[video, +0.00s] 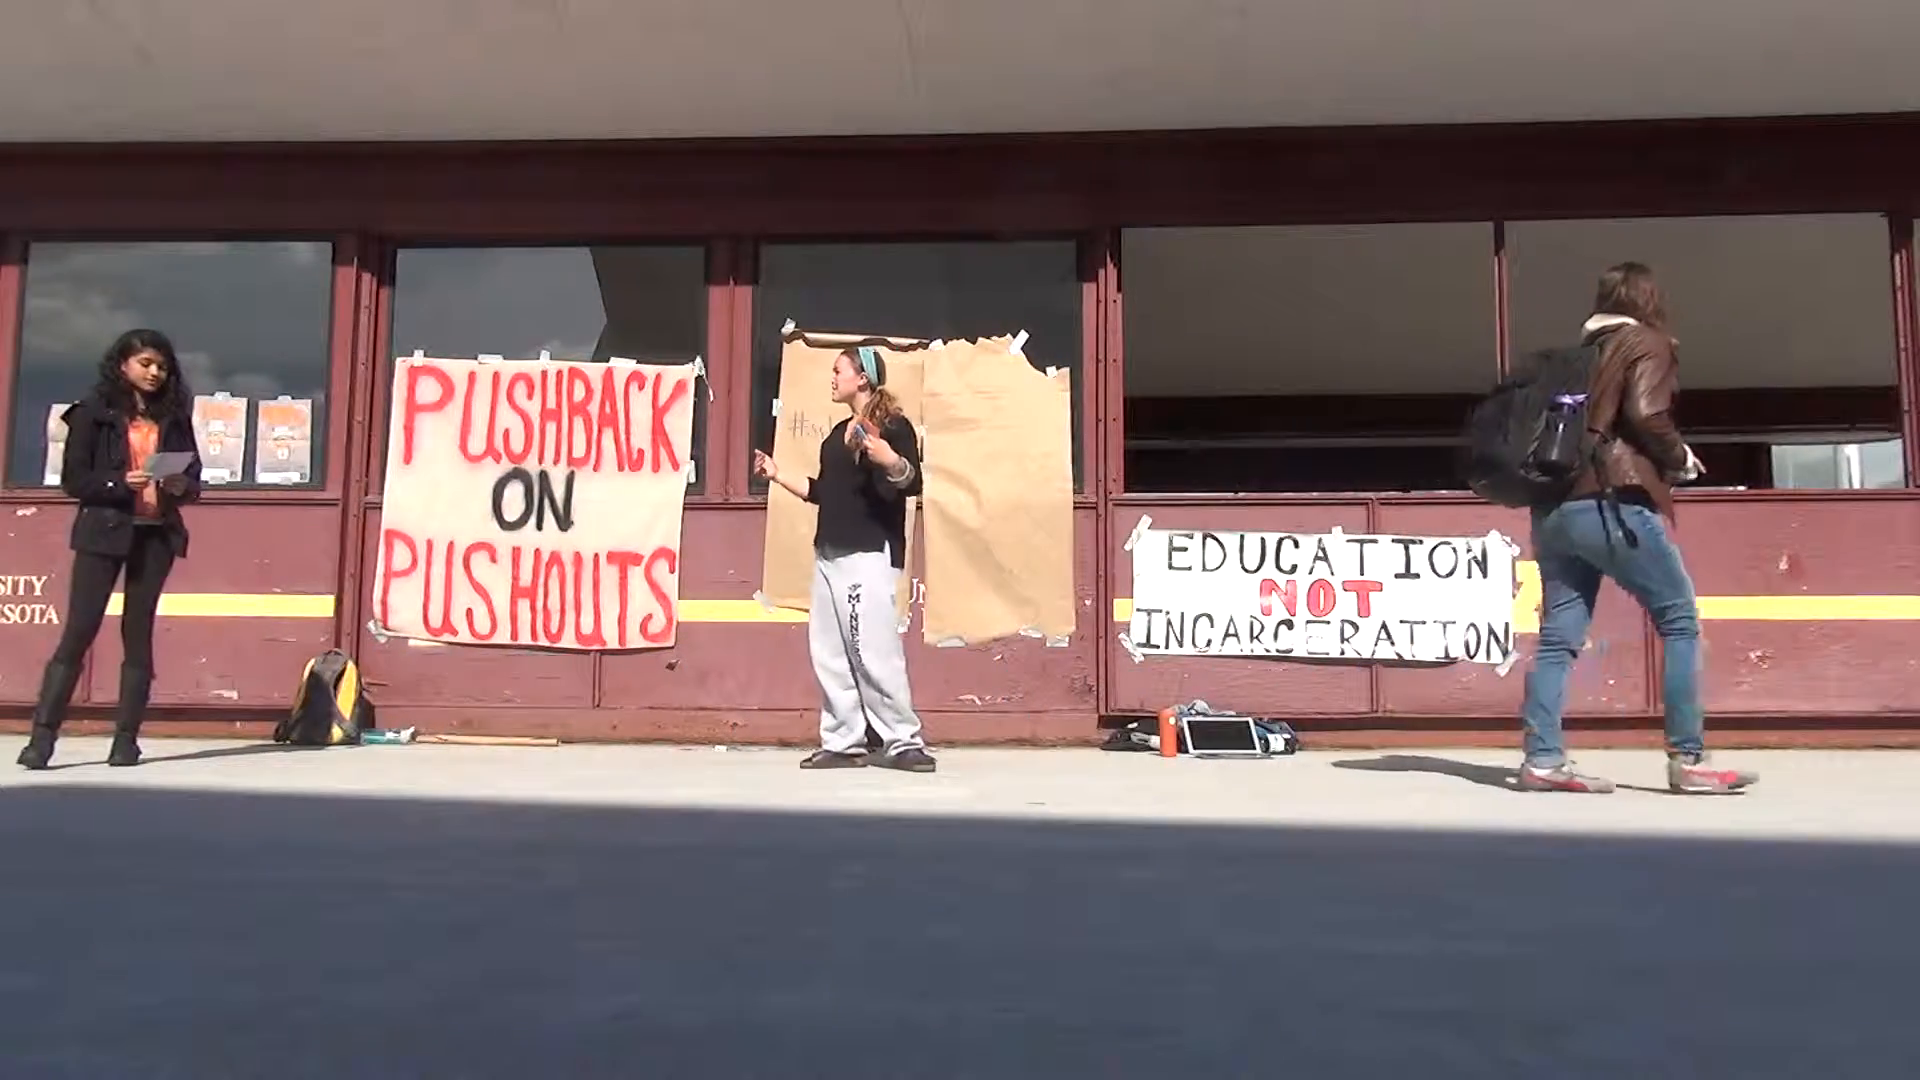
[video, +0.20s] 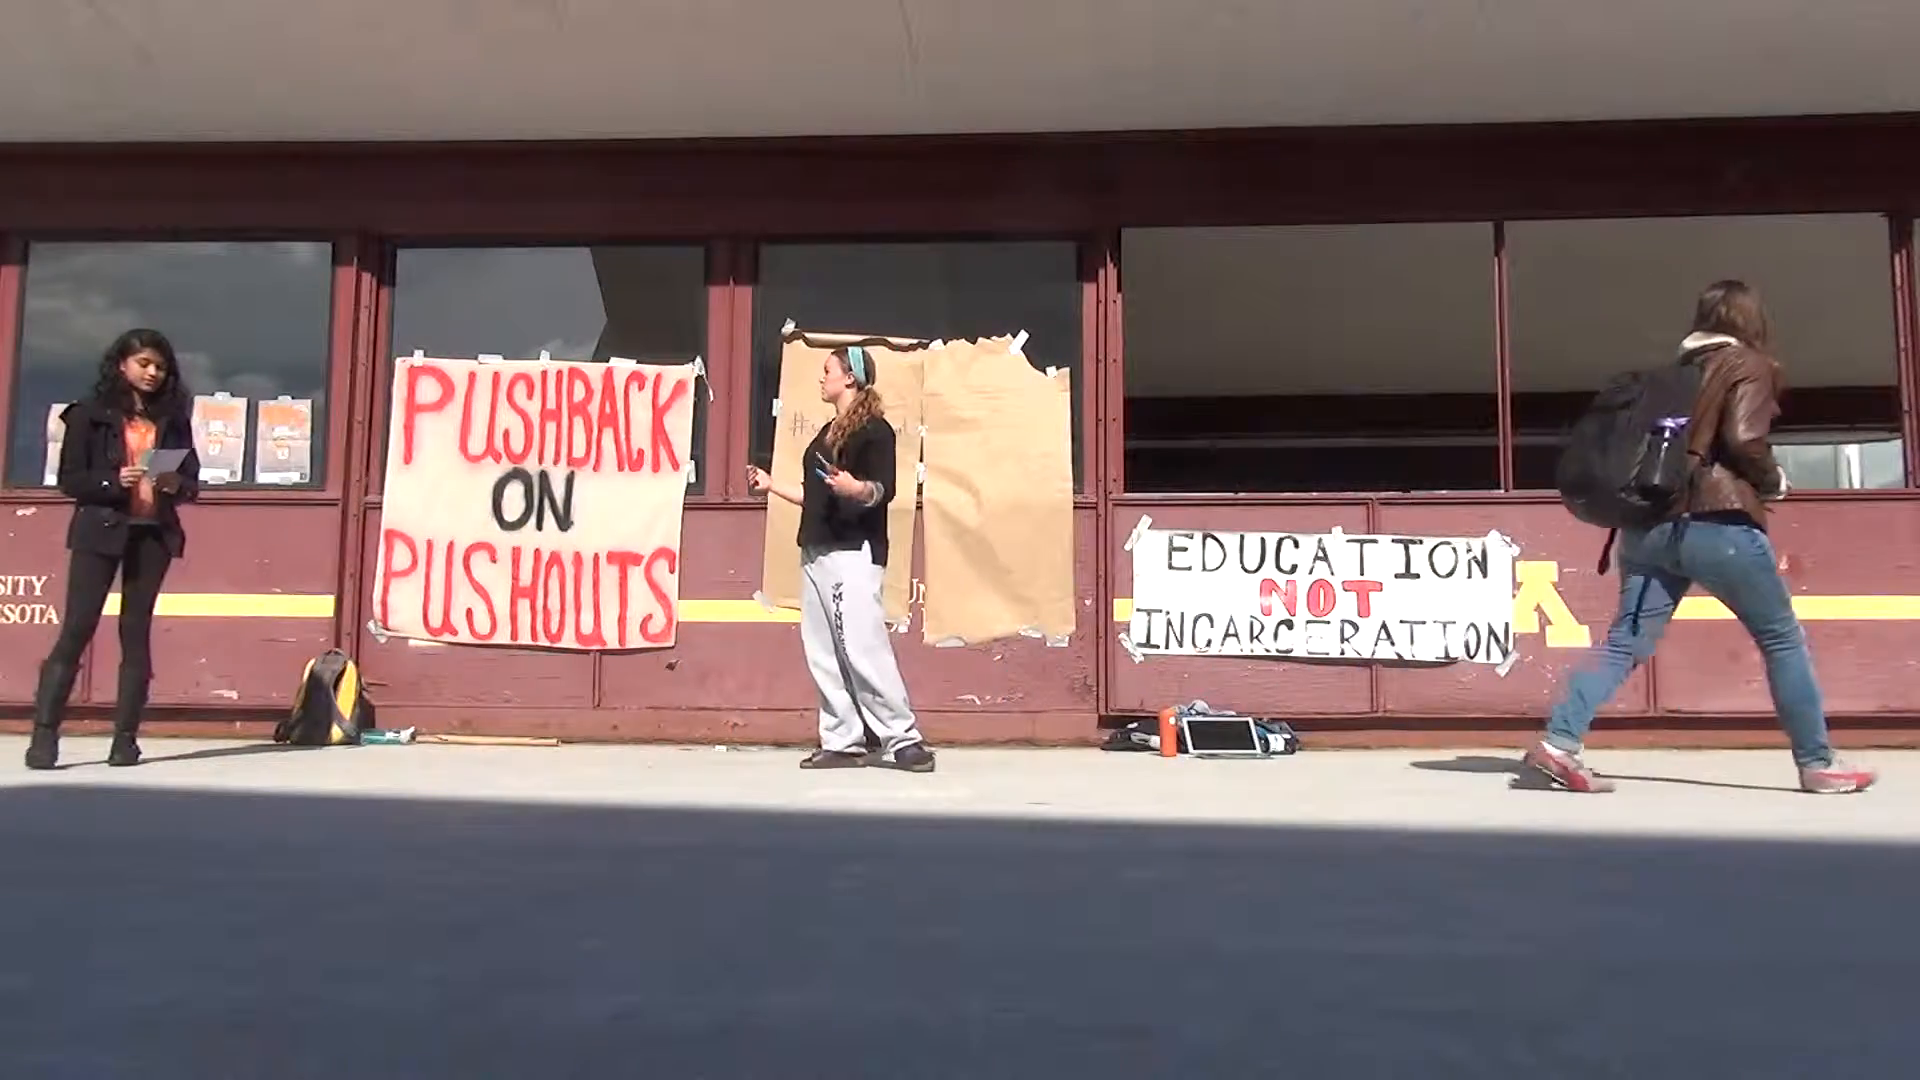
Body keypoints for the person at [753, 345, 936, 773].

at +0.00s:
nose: (832, 378)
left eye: (838, 372)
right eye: (833, 372)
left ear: (864, 379)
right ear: (853, 379)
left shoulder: (893, 428)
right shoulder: (836, 435)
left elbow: (909, 479)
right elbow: (820, 494)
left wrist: (883, 455)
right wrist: (777, 473)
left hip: (867, 555)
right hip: (829, 555)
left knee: (874, 650)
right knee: (830, 652)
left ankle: (904, 742)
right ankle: (845, 743)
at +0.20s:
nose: (821, 378)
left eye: (828, 372)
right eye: (823, 371)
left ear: (851, 378)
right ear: (843, 378)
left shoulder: (876, 430)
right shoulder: (828, 433)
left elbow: (882, 490)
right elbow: (815, 498)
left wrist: (856, 488)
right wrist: (772, 485)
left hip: (852, 554)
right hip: (816, 554)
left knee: (863, 648)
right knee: (824, 652)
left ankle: (902, 738)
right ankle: (844, 742)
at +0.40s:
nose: (809, 378)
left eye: (816, 371)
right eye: (812, 371)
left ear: (839, 378)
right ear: (834, 377)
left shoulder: (862, 429)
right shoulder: (826, 431)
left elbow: (862, 492)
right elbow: (810, 499)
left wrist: (819, 493)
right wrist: (766, 487)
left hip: (841, 552)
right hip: (809, 552)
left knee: (840, 647)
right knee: (816, 652)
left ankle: (887, 736)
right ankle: (840, 743)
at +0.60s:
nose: (802, 380)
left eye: (808, 373)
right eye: (804, 372)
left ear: (829, 378)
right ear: (826, 379)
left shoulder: (851, 428)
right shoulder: (826, 430)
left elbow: (848, 488)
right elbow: (812, 498)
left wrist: (791, 480)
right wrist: (766, 491)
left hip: (833, 550)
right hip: (813, 550)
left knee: (822, 644)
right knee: (819, 645)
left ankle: (849, 743)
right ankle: (835, 739)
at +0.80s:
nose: (795, 376)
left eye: (802, 370)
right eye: (797, 369)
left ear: (824, 377)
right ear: (821, 377)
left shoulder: (842, 425)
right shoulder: (824, 425)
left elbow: (843, 487)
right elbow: (820, 488)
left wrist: (787, 492)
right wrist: (779, 501)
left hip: (827, 549)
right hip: (818, 548)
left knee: (813, 644)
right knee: (833, 643)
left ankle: (818, 743)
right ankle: (849, 741)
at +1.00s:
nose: (787, 372)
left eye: (794, 365)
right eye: (788, 365)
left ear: (816, 372)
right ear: (814, 374)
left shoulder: (833, 419)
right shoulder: (817, 419)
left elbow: (836, 482)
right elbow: (816, 483)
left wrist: (781, 489)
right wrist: (775, 496)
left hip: (820, 547)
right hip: (816, 546)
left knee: (810, 645)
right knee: (829, 643)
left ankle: (814, 744)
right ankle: (847, 740)